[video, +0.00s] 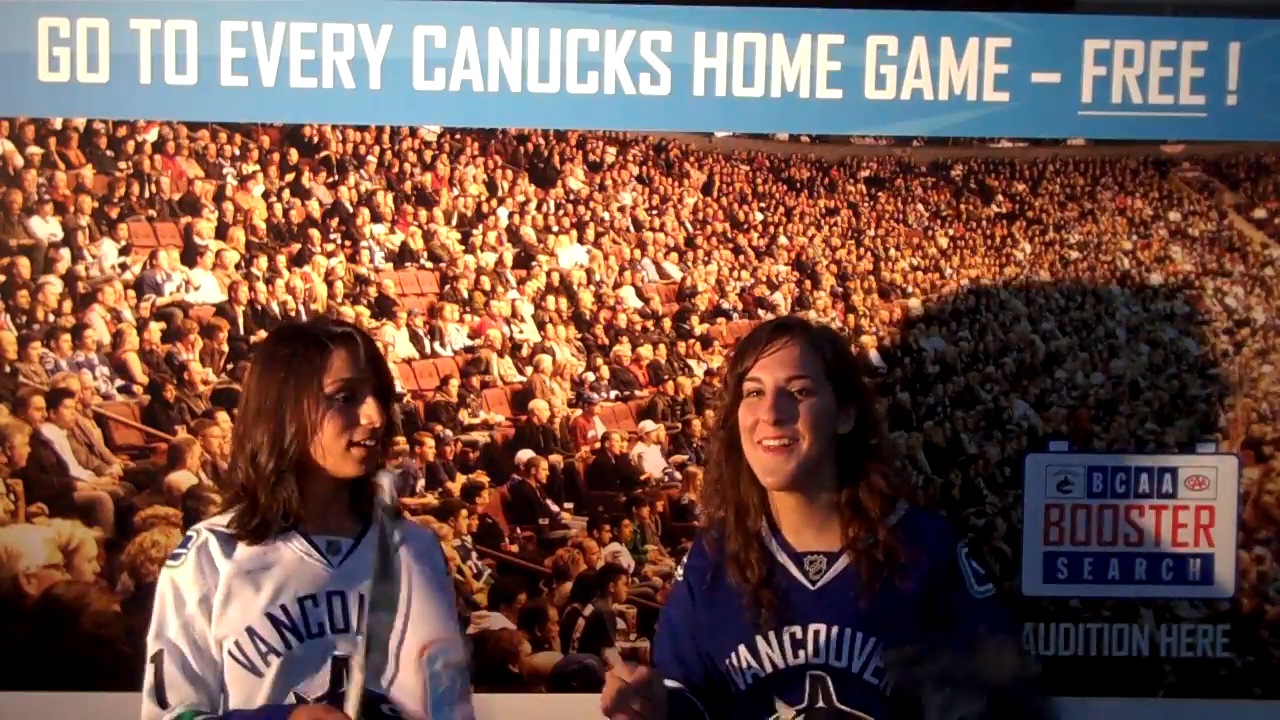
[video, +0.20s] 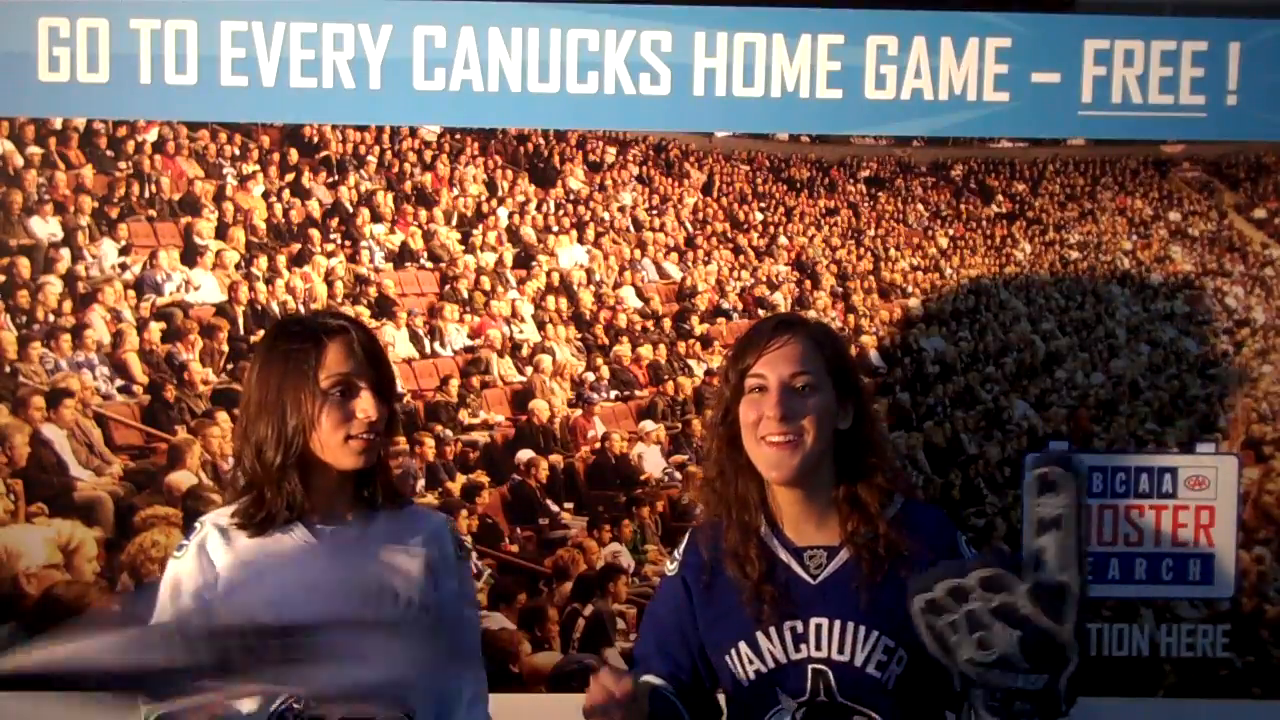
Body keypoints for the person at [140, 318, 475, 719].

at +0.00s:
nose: (375, 416)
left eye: (377, 395)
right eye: (344, 397)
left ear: (388, 401)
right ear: (284, 413)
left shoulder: (414, 552)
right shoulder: (206, 563)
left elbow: (443, 707)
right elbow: (173, 711)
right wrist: (293, 714)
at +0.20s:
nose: (373, 410)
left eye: (376, 388)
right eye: (342, 392)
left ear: (387, 394)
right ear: (285, 410)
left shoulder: (431, 540)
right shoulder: (215, 551)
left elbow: (465, 703)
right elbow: (167, 703)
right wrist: (277, 708)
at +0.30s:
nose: (376, 412)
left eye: (379, 391)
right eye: (344, 394)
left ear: (393, 400)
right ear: (290, 416)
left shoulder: (439, 543)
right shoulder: (221, 553)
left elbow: (465, 704)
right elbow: (186, 701)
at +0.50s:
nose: (382, 416)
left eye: (390, 394)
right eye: (352, 397)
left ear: (405, 407)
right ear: (300, 417)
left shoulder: (454, 551)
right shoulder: (231, 562)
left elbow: (468, 708)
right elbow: (207, 709)